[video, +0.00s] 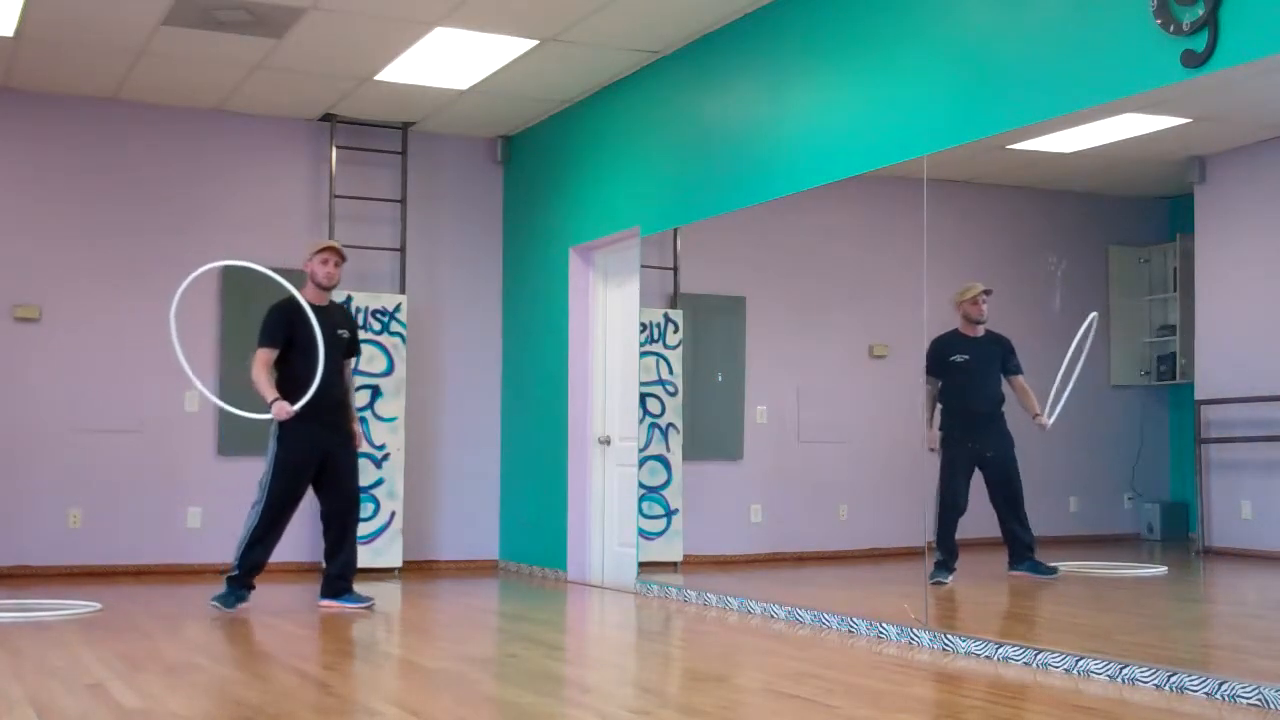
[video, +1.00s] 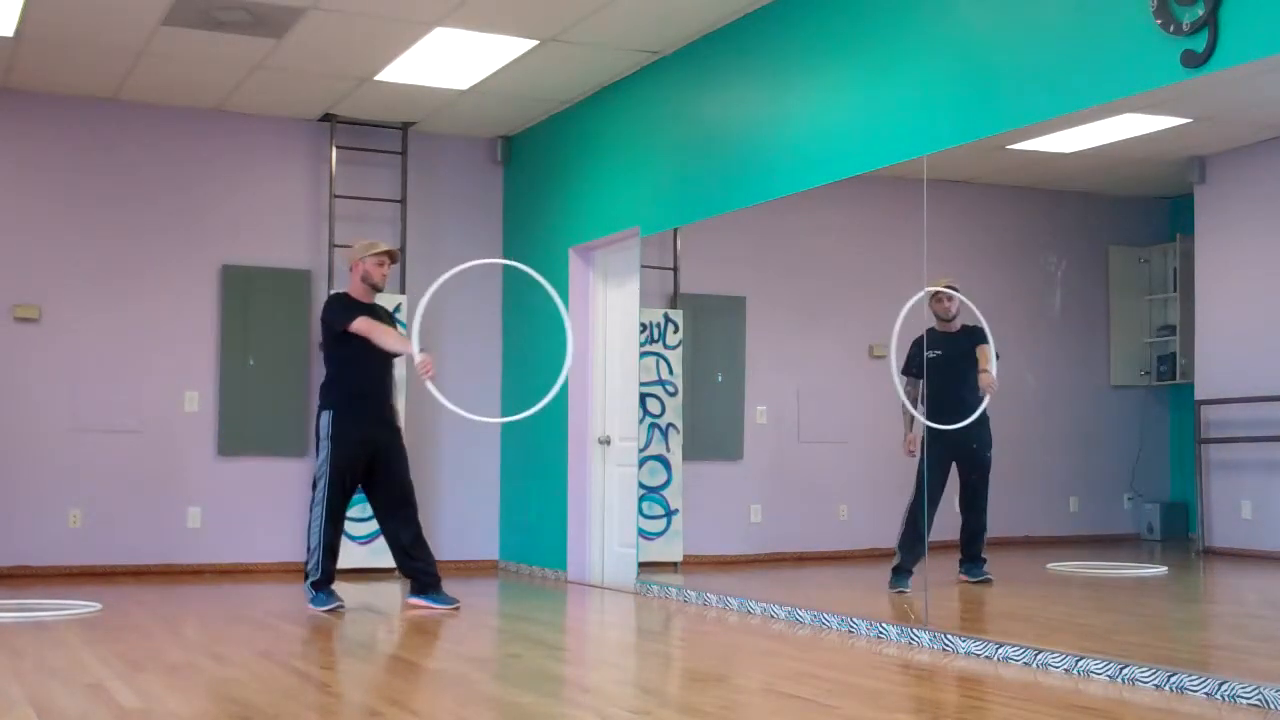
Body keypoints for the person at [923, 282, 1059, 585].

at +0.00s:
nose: (982, 307)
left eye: (984, 302)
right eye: (975, 303)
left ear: (987, 307)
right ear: (961, 308)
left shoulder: (1000, 344)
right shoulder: (941, 345)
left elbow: (1018, 383)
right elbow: (931, 392)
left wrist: (1036, 412)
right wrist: (929, 428)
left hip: (994, 432)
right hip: (957, 434)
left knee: (1010, 496)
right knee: (952, 503)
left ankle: (1021, 558)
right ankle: (944, 564)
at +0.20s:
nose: (971, 302)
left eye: (973, 297)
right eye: (964, 298)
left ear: (974, 301)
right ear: (948, 303)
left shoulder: (988, 339)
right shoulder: (932, 340)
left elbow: (1007, 379)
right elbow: (918, 386)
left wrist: (1024, 409)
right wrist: (916, 426)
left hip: (985, 430)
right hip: (948, 433)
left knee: (994, 500)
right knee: (946, 502)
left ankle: (994, 559)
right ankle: (944, 564)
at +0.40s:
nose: (970, 301)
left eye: (971, 296)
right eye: (963, 297)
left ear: (973, 301)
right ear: (948, 303)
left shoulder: (989, 339)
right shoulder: (934, 339)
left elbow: (1007, 375)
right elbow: (919, 385)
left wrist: (1015, 398)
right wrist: (921, 423)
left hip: (982, 431)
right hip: (946, 431)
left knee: (979, 502)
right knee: (945, 502)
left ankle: (972, 564)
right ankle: (942, 564)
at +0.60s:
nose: (967, 303)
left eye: (970, 298)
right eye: (960, 299)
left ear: (976, 302)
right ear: (948, 305)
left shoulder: (991, 340)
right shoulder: (935, 339)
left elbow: (1011, 381)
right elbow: (922, 387)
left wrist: (1014, 404)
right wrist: (923, 425)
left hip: (980, 434)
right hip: (942, 434)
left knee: (976, 503)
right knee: (937, 502)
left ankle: (970, 564)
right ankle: (925, 569)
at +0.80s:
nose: (954, 304)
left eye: (959, 299)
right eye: (947, 300)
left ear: (967, 305)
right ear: (939, 307)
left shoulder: (984, 340)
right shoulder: (930, 341)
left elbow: (1004, 375)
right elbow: (917, 389)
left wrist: (1005, 402)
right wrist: (916, 427)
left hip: (977, 433)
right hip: (940, 433)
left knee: (976, 502)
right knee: (927, 502)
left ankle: (970, 565)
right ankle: (913, 572)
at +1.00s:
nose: (945, 304)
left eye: (950, 299)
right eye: (938, 300)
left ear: (959, 304)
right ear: (930, 307)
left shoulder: (975, 333)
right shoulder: (922, 343)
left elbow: (984, 355)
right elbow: (910, 391)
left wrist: (984, 372)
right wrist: (909, 430)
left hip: (974, 430)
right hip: (937, 433)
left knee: (975, 502)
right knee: (923, 502)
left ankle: (972, 565)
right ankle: (902, 571)